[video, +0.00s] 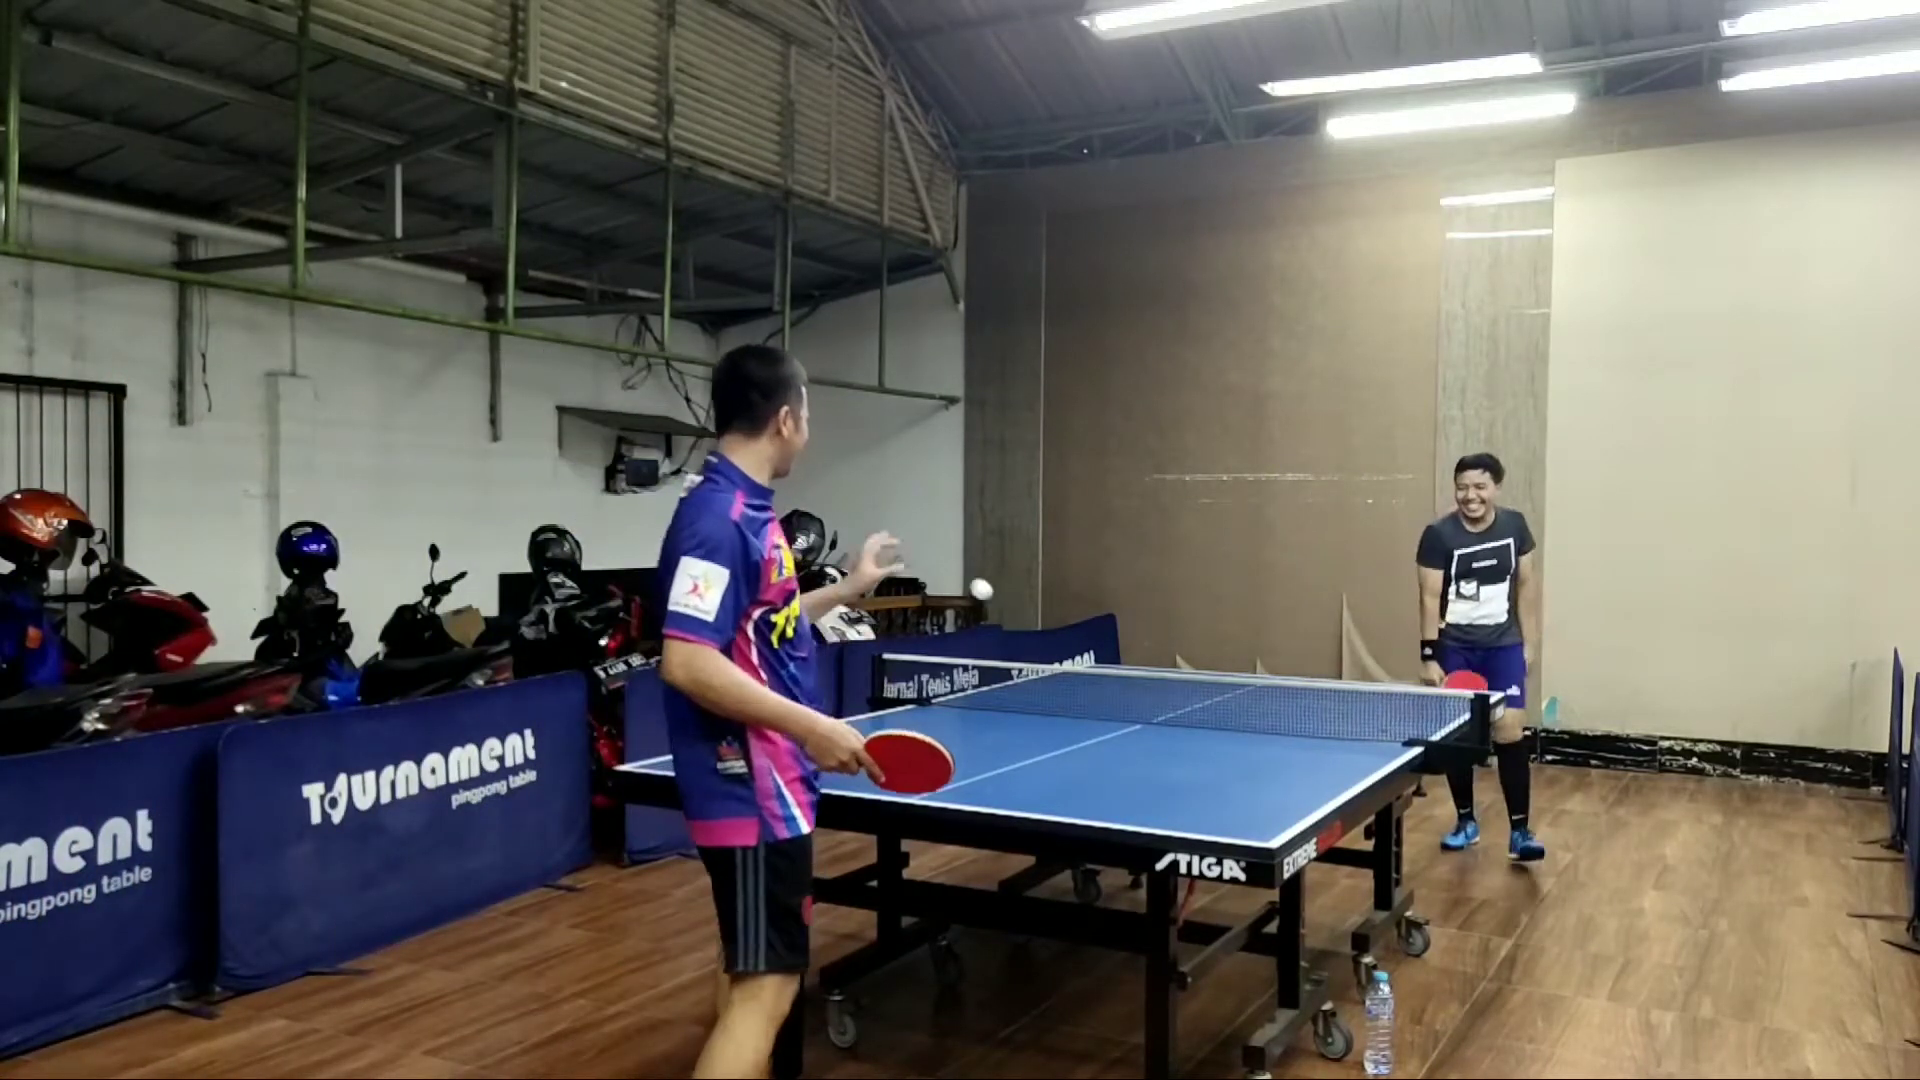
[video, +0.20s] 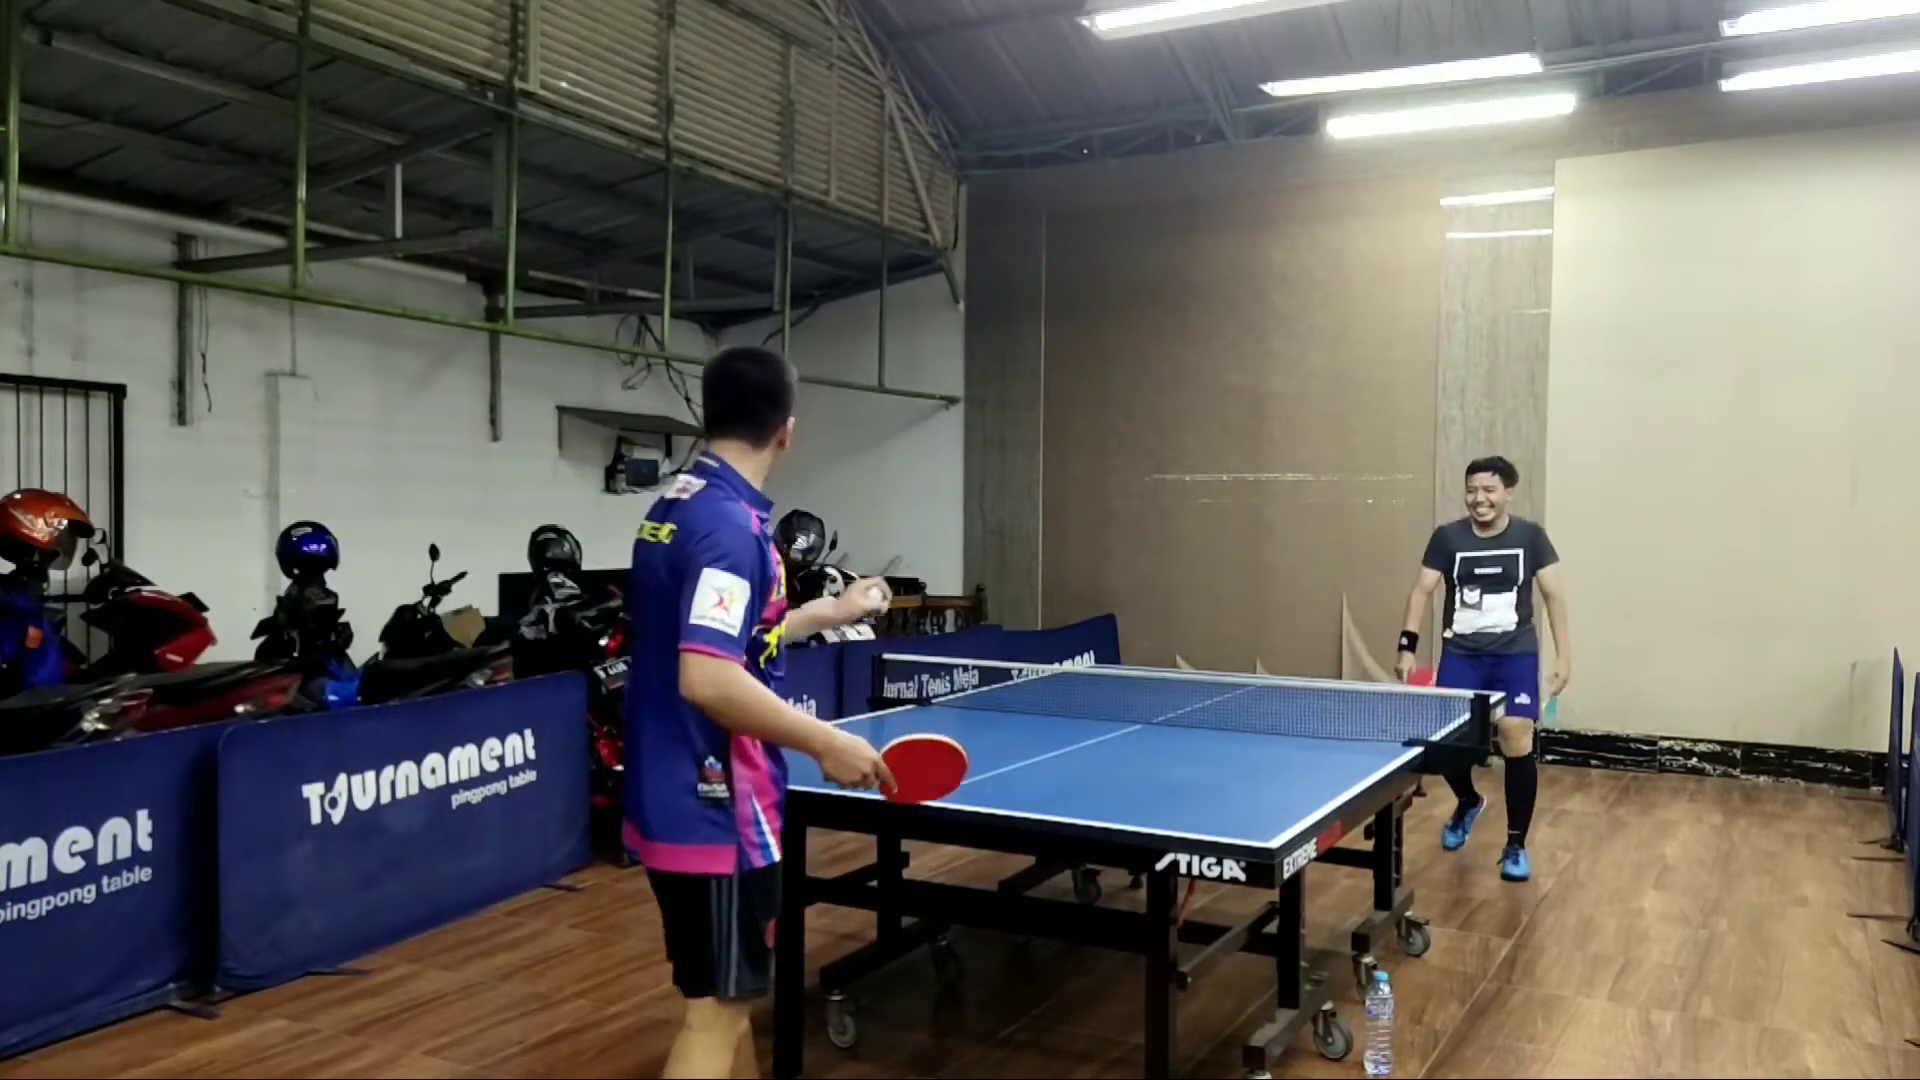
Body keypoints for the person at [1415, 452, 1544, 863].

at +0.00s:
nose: (1471, 495)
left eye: (1479, 487)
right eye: (1464, 488)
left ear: (1495, 488)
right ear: (1455, 491)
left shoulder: (1513, 525)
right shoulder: (1438, 535)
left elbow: (1527, 584)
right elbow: (1430, 597)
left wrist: (1530, 643)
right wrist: (1429, 654)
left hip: (1505, 645)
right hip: (1454, 646)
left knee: (1509, 732)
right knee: (1455, 732)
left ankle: (1520, 830)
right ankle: (1466, 821)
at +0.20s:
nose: (1480, 499)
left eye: (1489, 490)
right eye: (1473, 491)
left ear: (1508, 493)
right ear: (1466, 495)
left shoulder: (1529, 536)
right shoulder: (1448, 537)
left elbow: (1553, 595)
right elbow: (1422, 591)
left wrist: (1563, 656)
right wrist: (1406, 645)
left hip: (1515, 654)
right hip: (1460, 654)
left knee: (1516, 736)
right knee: (1441, 736)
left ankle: (1516, 844)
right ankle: (1468, 801)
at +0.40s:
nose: (1470, 486)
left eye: (1480, 478)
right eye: (1463, 478)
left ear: (1500, 481)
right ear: (1456, 483)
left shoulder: (1526, 525)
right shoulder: (1446, 529)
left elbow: (1552, 587)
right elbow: (1428, 583)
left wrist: (1576, 647)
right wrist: (1413, 621)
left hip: (1516, 655)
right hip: (1460, 652)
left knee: (1515, 743)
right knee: (1445, 739)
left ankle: (1515, 847)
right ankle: (1461, 837)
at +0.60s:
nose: (1447, 485)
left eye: (1456, 476)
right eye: (1440, 478)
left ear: (1480, 481)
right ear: (1435, 485)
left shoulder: (1509, 523)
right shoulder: (1431, 535)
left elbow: (1540, 580)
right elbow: (1426, 593)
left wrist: (1547, 640)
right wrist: (1425, 633)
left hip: (1508, 661)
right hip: (1453, 661)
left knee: (1510, 754)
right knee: (1446, 753)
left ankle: (1514, 847)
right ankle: (1443, 853)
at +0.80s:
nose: (1425, 486)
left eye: (1434, 477)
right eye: (1418, 479)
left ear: (1460, 479)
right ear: (1415, 486)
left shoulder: (1494, 520)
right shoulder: (1414, 534)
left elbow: (1523, 579)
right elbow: (1404, 591)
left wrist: (1509, 640)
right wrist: (1405, 629)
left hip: (1495, 653)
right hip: (1439, 657)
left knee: (1508, 742)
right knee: (1436, 750)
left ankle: (1514, 833)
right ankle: (1443, 853)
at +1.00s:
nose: (1419, 482)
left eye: (1429, 473)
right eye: (1414, 474)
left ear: (1456, 477)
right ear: (1411, 481)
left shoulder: (1488, 518)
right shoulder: (1408, 531)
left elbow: (1514, 581)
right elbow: (1395, 587)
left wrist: (1496, 647)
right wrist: (1398, 626)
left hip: (1491, 654)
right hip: (1437, 660)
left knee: (1504, 744)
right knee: (1440, 751)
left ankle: (1513, 857)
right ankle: (1443, 854)